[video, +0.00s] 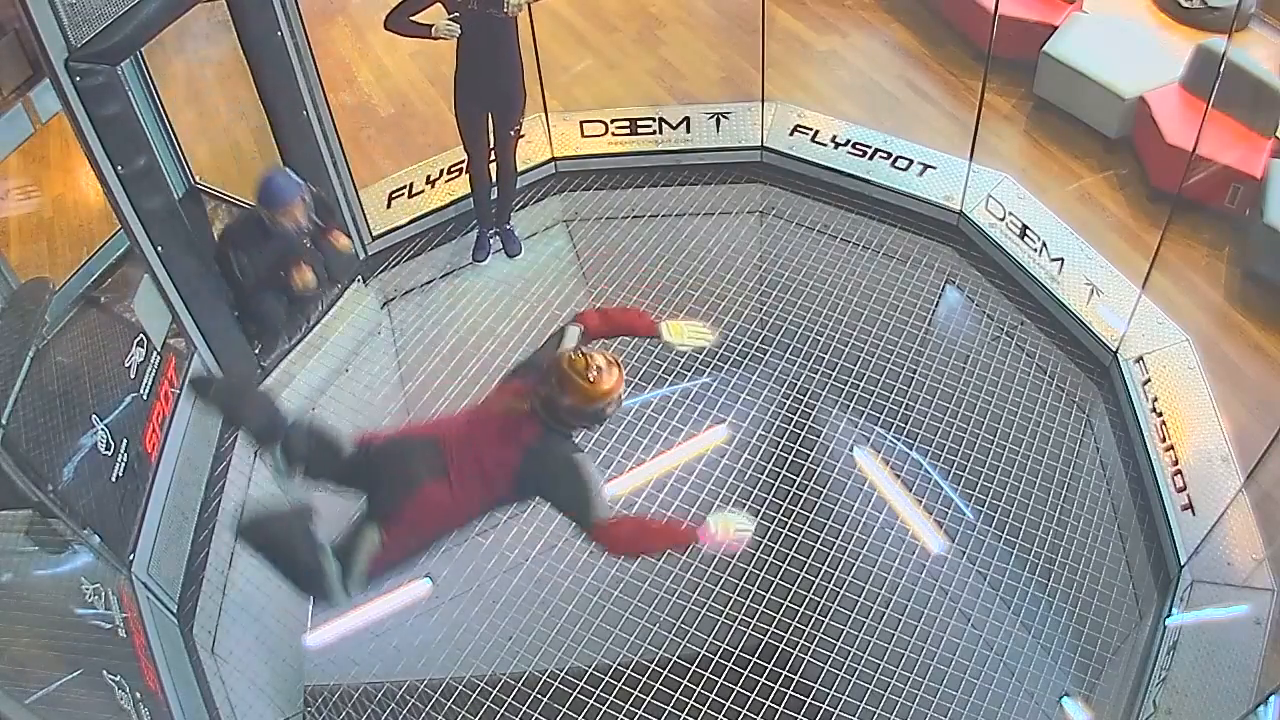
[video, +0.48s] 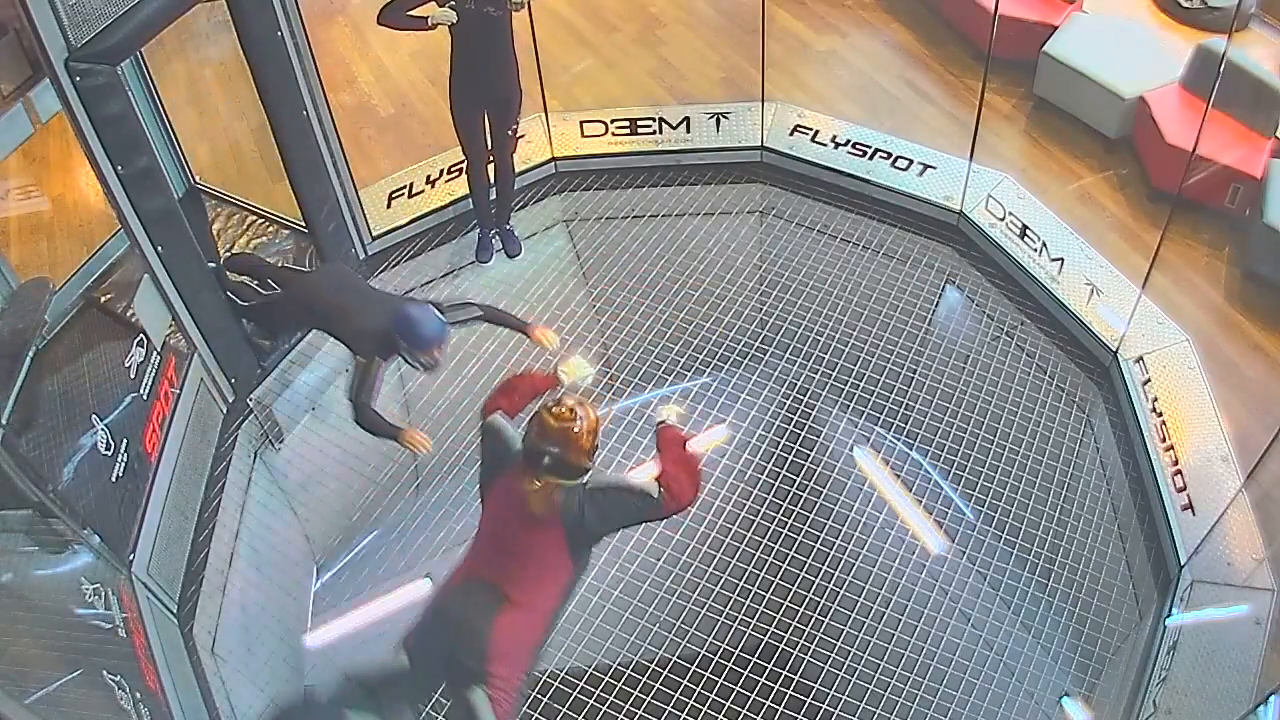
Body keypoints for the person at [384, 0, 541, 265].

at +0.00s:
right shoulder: (445, 1)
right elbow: (393, 20)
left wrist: (523, 3)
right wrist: (432, 30)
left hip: (509, 78)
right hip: (470, 81)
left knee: (506, 155)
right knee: (477, 158)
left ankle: (504, 225)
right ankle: (484, 230)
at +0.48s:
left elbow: (517, 6)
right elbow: (387, 15)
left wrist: (518, 4)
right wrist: (428, 21)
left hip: (504, 78)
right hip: (465, 82)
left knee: (504, 154)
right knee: (477, 158)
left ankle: (504, 225)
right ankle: (485, 229)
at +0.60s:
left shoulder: (508, 2)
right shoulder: (441, 1)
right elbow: (387, 19)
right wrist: (429, 24)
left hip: (503, 82)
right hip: (464, 86)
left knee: (503, 155)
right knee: (475, 159)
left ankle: (504, 225)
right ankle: (484, 229)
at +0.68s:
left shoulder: (507, 1)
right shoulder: (439, 2)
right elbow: (387, 20)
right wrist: (428, 25)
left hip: (502, 81)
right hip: (463, 85)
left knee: (503, 155)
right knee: (475, 160)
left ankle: (504, 225)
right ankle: (484, 229)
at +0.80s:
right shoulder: (439, 1)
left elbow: (520, 4)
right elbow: (384, 18)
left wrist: (524, 1)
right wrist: (426, 26)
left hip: (502, 81)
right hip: (462, 85)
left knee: (503, 156)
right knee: (474, 161)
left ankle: (504, 225)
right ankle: (484, 230)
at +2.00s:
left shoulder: (506, 1)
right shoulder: (440, 1)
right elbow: (392, 23)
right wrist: (436, 28)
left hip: (498, 82)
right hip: (459, 85)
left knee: (503, 160)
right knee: (471, 164)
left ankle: (508, 225)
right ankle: (482, 230)